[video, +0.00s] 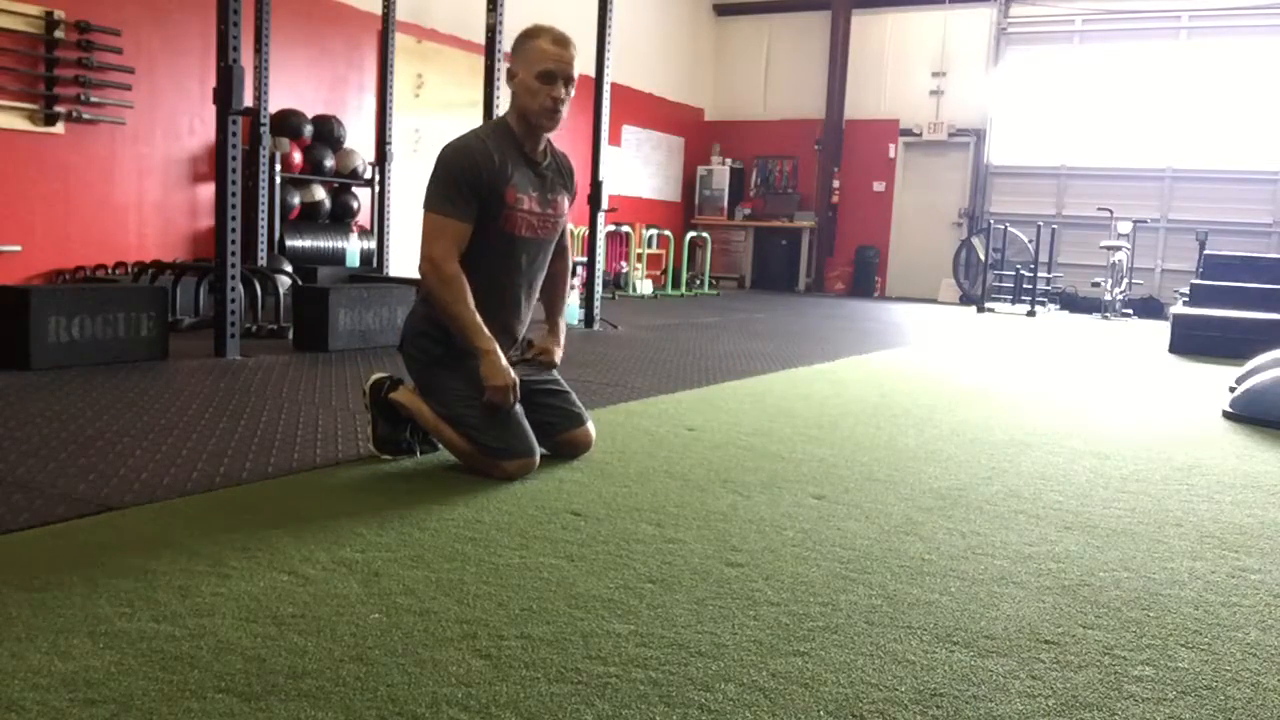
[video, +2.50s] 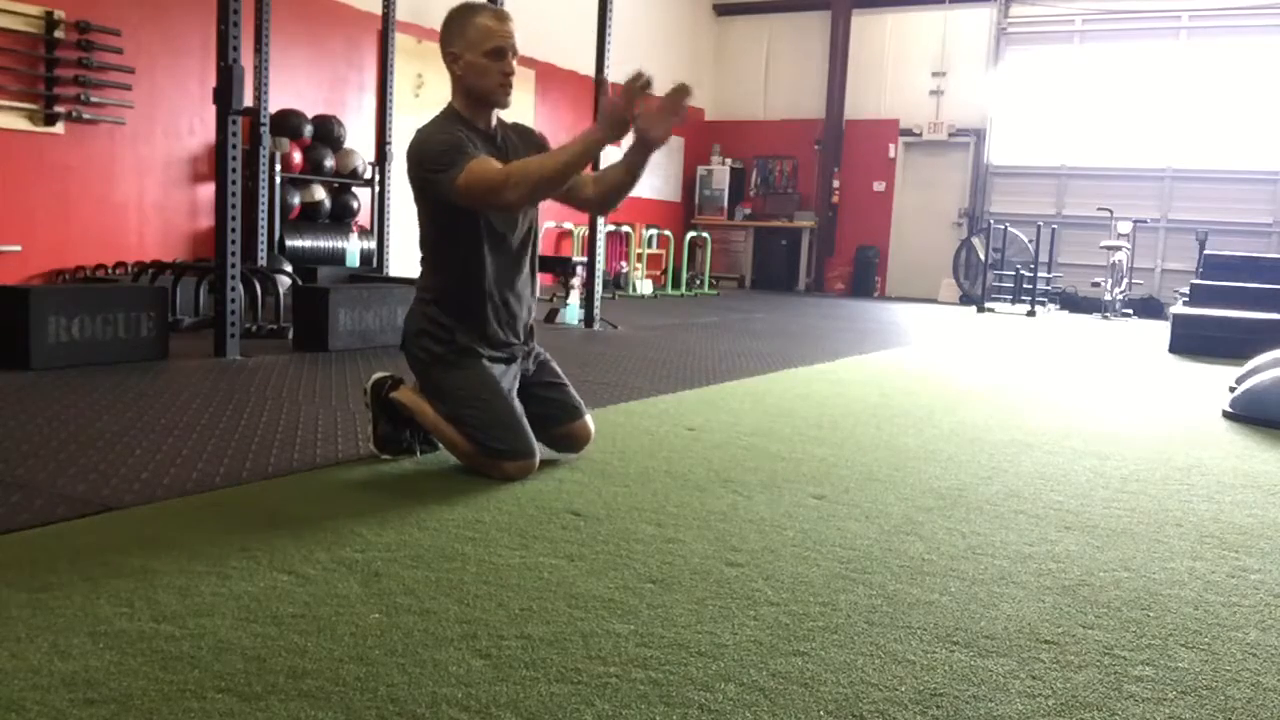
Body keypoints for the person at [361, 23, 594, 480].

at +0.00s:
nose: (559, 93)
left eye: (567, 83)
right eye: (546, 79)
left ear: (574, 89)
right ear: (512, 76)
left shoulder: (561, 170)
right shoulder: (469, 156)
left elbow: (558, 250)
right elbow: (437, 265)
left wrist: (554, 332)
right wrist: (489, 352)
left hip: (510, 342)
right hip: (445, 344)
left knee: (574, 439)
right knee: (514, 463)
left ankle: (445, 411)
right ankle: (398, 398)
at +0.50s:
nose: (598, 85)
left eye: (600, 72)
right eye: (585, 69)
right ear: (540, 74)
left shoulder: (583, 171)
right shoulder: (492, 149)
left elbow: (578, 260)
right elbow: (459, 259)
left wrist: (600, 338)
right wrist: (505, 352)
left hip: (519, 340)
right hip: (457, 342)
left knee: (575, 441)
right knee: (516, 464)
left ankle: (451, 395)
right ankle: (404, 397)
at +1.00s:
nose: (562, 78)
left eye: (572, 68)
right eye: (549, 63)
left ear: (579, 80)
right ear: (518, 68)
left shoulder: (573, 162)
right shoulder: (485, 145)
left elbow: (565, 258)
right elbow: (466, 255)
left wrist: (568, 342)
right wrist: (525, 349)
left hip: (518, 336)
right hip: (455, 337)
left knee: (574, 440)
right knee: (515, 463)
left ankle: (448, 407)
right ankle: (401, 396)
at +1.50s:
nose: (528, 80)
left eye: (537, 69)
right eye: (515, 65)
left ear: (544, 79)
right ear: (482, 70)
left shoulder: (541, 162)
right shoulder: (457, 151)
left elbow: (546, 256)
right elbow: (450, 258)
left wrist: (562, 340)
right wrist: (531, 334)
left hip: (513, 342)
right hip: (448, 345)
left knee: (574, 440)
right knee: (514, 463)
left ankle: (448, 411)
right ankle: (399, 400)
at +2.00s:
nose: (531, 78)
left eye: (534, 66)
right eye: (518, 65)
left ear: (537, 73)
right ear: (475, 71)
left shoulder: (521, 155)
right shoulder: (450, 147)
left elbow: (565, 253)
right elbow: (495, 234)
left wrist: (590, 184)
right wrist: (540, 158)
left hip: (508, 346)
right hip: (447, 348)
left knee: (573, 439)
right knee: (514, 462)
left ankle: (443, 411)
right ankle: (398, 400)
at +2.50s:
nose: (511, 66)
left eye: (513, 54)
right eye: (497, 54)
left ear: (516, 60)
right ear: (454, 61)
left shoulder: (525, 142)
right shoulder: (436, 144)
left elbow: (595, 198)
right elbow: (508, 189)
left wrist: (643, 147)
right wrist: (601, 133)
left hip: (516, 336)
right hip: (455, 345)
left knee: (574, 436)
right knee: (515, 464)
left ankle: (462, 395)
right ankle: (402, 399)